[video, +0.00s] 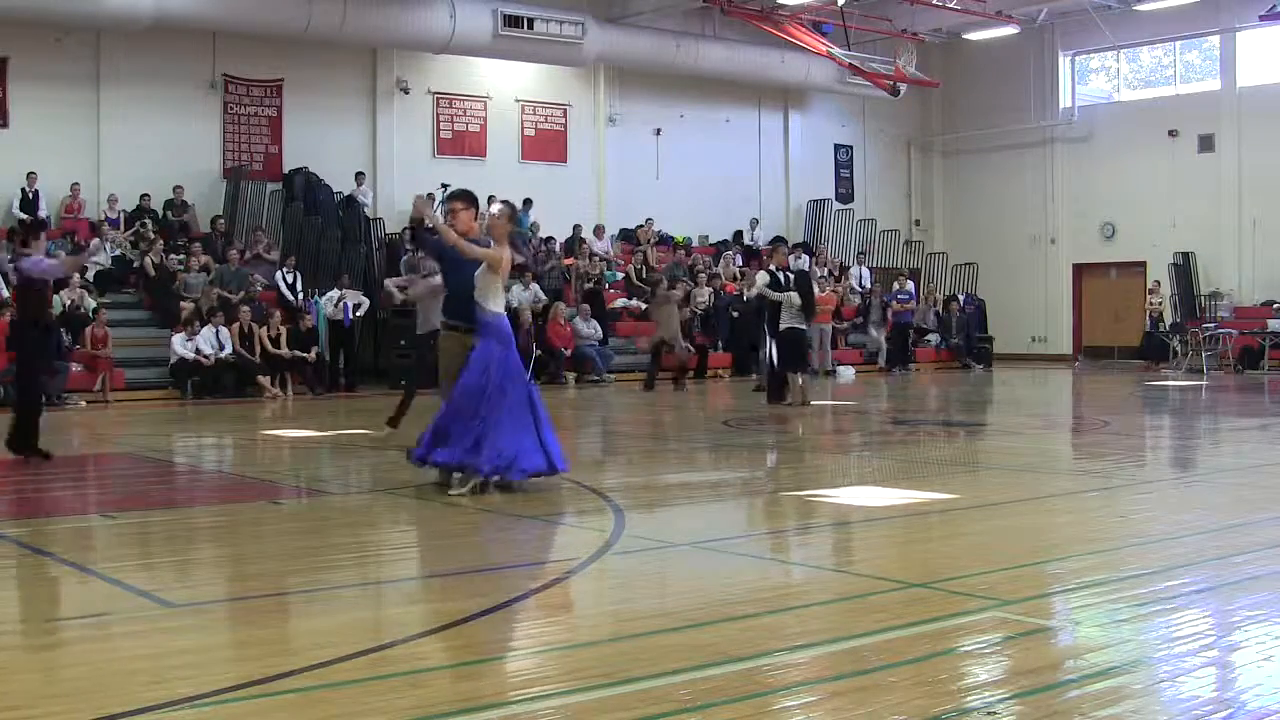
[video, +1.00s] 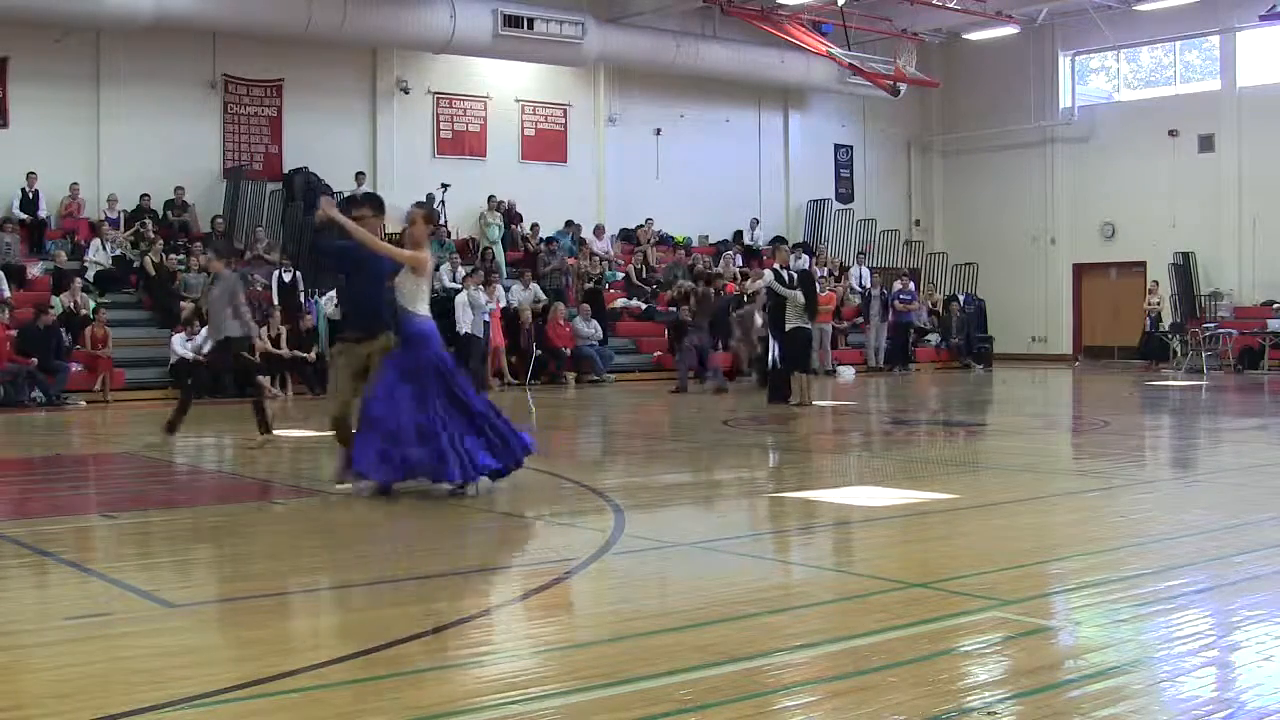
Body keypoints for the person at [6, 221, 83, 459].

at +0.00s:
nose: (46, 244)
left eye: (45, 239)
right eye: (43, 239)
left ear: (30, 240)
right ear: (33, 241)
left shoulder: (37, 264)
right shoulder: (27, 263)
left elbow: (62, 267)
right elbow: (57, 267)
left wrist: (87, 254)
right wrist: (85, 256)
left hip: (35, 334)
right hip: (29, 334)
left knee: (30, 388)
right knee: (30, 389)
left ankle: (21, 439)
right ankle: (26, 443)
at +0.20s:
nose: (11, 264)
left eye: (12, 260)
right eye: (8, 259)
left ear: (12, 262)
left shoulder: (12, 282)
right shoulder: (9, 283)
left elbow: (34, 290)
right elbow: (33, 290)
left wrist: (65, 295)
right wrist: (66, 295)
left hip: (9, 354)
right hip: (6, 355)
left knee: (28, 400)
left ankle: (38, 450)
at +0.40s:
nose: (51, 318)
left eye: (52, 315)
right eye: (48, 315)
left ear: (53, 317)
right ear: (39, 316)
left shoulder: (54, 330)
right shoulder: (27, 331)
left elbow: (60, 349)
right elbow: (22, 350)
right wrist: (29, 360)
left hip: (50, 360)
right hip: (34, 361)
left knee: (65, 368)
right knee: (31, 371)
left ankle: (55, 394)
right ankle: (50, 395)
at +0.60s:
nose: (51, 318)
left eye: (52, 315)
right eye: (48, 315)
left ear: (54, 316)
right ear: (40, 315)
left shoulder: (54, 329)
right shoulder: (29, 329)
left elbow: (60, 347)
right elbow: (21, 346)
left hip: (49, 360)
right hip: (34, 360)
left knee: (65, 367)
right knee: (31, 371)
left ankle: (55, 394)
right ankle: (50, 394)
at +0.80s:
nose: (53, 318)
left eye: (53, 315)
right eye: (50, 315)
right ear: (41, 316)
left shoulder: (54, 329)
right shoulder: (29, 329)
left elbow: (59, 347)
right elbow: (25, 349)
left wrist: (61, 360)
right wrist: (29, 360)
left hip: (49, 360)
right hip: (34, 360)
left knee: (64, 368)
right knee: (32, 371)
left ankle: (54, 394)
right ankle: (51, 395)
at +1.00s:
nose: (53, 318)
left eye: (53, 315)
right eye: (51, 315)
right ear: (42, 316)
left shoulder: (53, 329)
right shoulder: (26, 330)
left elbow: (59, 349)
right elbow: (21, 351)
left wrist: (60, 360)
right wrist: (29, 359)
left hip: (48, 360)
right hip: (33, 361)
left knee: (64, 368)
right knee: (32, 371)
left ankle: (54, 394)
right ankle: (52, 395)